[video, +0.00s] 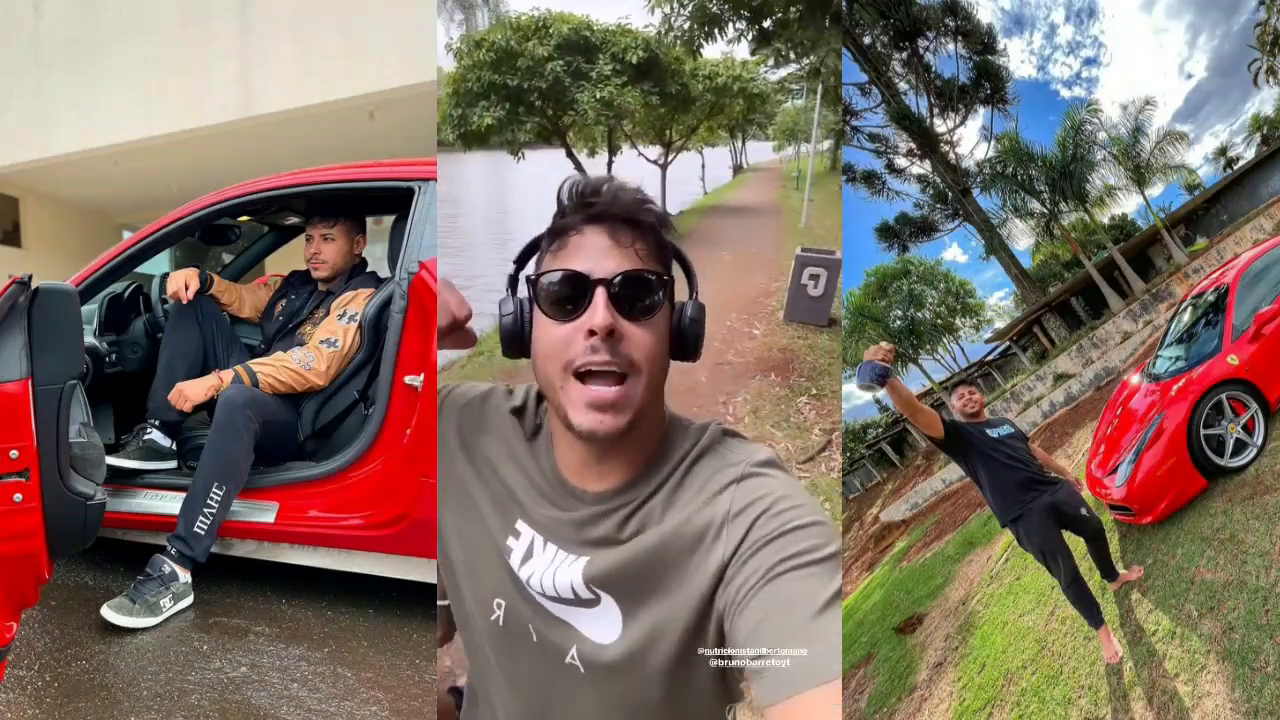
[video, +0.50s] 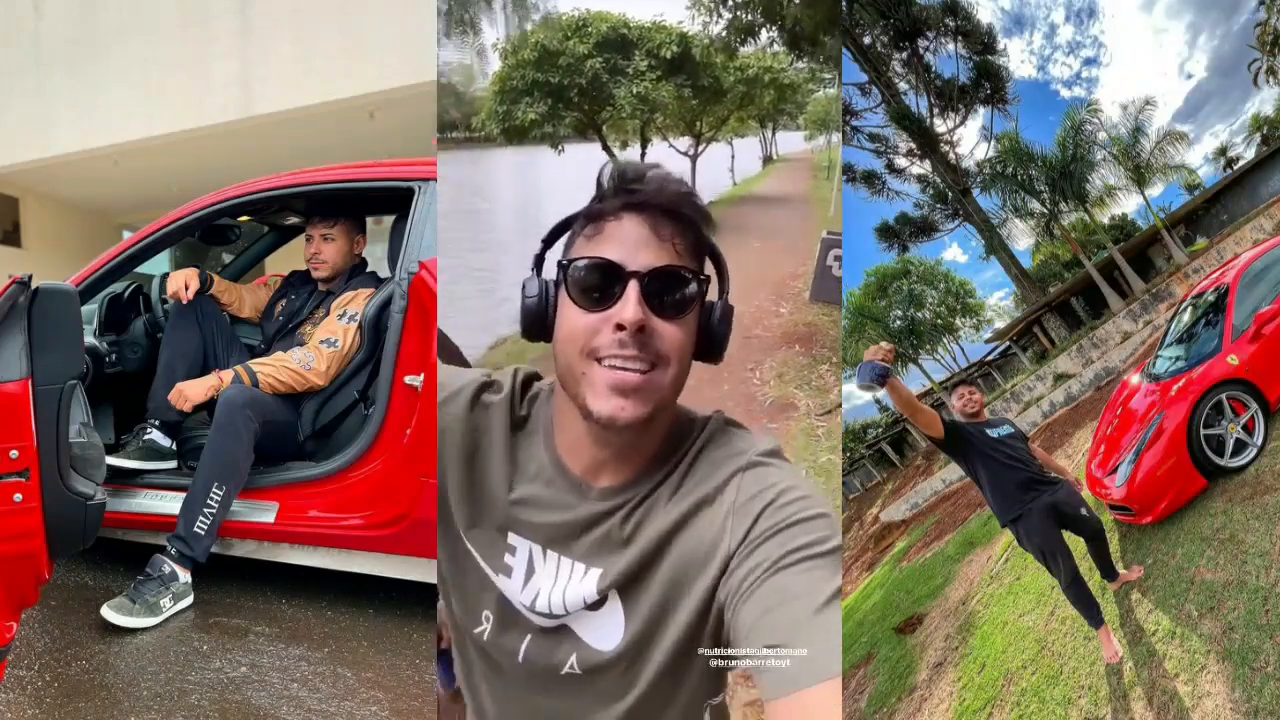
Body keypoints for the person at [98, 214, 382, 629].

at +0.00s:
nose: (314, 249)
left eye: (328, 239)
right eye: (310, 239)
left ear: (358, 245)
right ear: (305, 244)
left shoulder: (362, 297)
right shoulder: (291, 286)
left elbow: (315, 367)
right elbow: (242, 299)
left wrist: (220, 380)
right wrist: (201, 279)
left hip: (314, 412)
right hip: (261, 386)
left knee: (238, 402)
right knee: (195, 302)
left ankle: (176, 567)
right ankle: (160, 433)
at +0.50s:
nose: (314, 249)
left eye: (328, 239)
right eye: (310, 239)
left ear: (358, 245)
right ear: (305, 244)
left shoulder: (362, 297)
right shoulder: (291, 286)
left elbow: (315, 367)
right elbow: (242, 299)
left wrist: (220, 380)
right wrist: (201, 279)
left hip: (314, 412)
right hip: (260, 386)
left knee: (238, 402)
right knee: (195, 302)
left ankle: (176, 567)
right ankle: (160, 433)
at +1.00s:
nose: (314, 249)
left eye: (328, 239)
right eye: (310, 239)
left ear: (359, 245)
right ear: (305, 244)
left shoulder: (362, 297)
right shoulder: (291, 286)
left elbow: (315, 367)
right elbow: (243, 299)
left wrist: (220, 380)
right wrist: (201, 278)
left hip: (314, 411)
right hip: (261, 386)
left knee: (239, 402)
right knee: (195, 302)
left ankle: (177, 567)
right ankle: (160, 433)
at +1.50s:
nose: (314, 249)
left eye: (328, 239)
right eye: (310, 239)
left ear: (359, 245)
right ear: (304, 243)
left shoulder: (361, 297)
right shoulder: (291, 286)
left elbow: (315, 366)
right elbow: (242, 299)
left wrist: (219, 380)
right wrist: (201, 278)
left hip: (315, 410)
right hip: (265, 388)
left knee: (239, 402)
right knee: (196, 302)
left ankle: (177, 567)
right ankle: (161, 433)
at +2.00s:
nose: (314, 249)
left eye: (328, 239)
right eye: (310, 239)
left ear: (359, 245)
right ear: (304, 243)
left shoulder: (361, 297)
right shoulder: (291, 286)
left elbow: (315, 366)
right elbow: (242, 299)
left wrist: (219, 380)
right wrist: (201, 278)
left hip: (315, 410)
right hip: (264, 388)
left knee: (239, 402)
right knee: (196, 302)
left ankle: (177, 567)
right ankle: (161, 433)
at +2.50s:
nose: (315, 249)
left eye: (328, 239)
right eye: (310, 239)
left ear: (358, 245)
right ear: (304, 244)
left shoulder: (361, 297)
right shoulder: (292, 286)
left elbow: (315, 366)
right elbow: (243, 299)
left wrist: (219, 381)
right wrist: (203, 279)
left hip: (315, 411)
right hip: (265, 389)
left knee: (239, 402)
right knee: (196, 303)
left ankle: (177, 568)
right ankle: (161, 433)